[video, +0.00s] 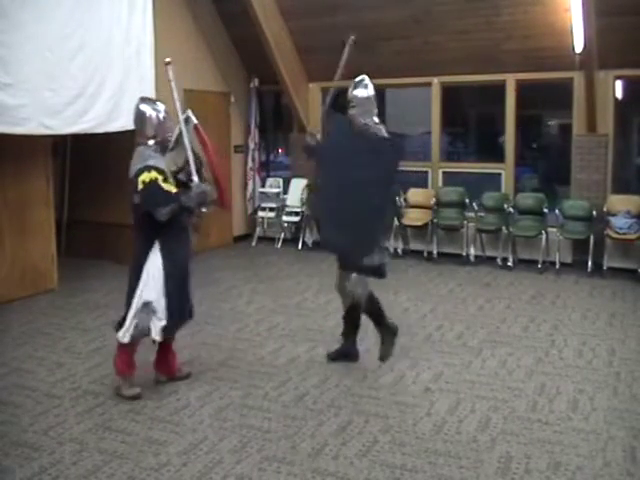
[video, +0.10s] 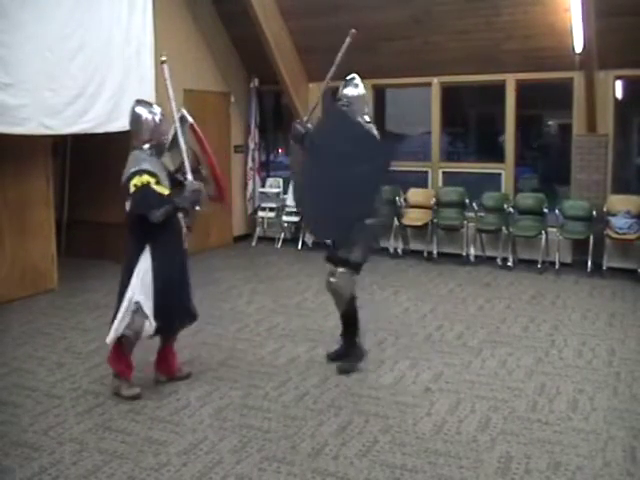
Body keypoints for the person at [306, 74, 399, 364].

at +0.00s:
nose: (358, 110)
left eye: (360, 105)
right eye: (356, 105)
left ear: (355, 108)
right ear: (356, 108)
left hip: (359, 219)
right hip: (351, 217)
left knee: (351, 283)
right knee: (349, 281)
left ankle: (386, 328)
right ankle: (349, 343)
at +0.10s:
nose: (344, 107)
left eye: (350, 102)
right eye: (342, 101)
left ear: (358, 105)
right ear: (337, 104)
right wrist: (302, 135)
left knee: (340, 280)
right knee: (338, 281)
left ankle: (353, 346)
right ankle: (348, 343)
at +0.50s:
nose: (322, 117)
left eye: (325, 111)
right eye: (319, 112)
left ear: (333, 113)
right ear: (319, 114)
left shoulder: (341, 141)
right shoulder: (320, 141)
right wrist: (284, 142)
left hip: (345, 224)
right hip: (328, 221)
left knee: (315, 286)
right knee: (324, 283)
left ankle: (321, 356)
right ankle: (348, 328)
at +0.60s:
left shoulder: (344, 175)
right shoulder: (342, 172)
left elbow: (347, 216)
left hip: (337, 235)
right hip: (344, 233)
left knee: (313, 289)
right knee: (337, 284)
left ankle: (321, 356)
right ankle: (352, 326)